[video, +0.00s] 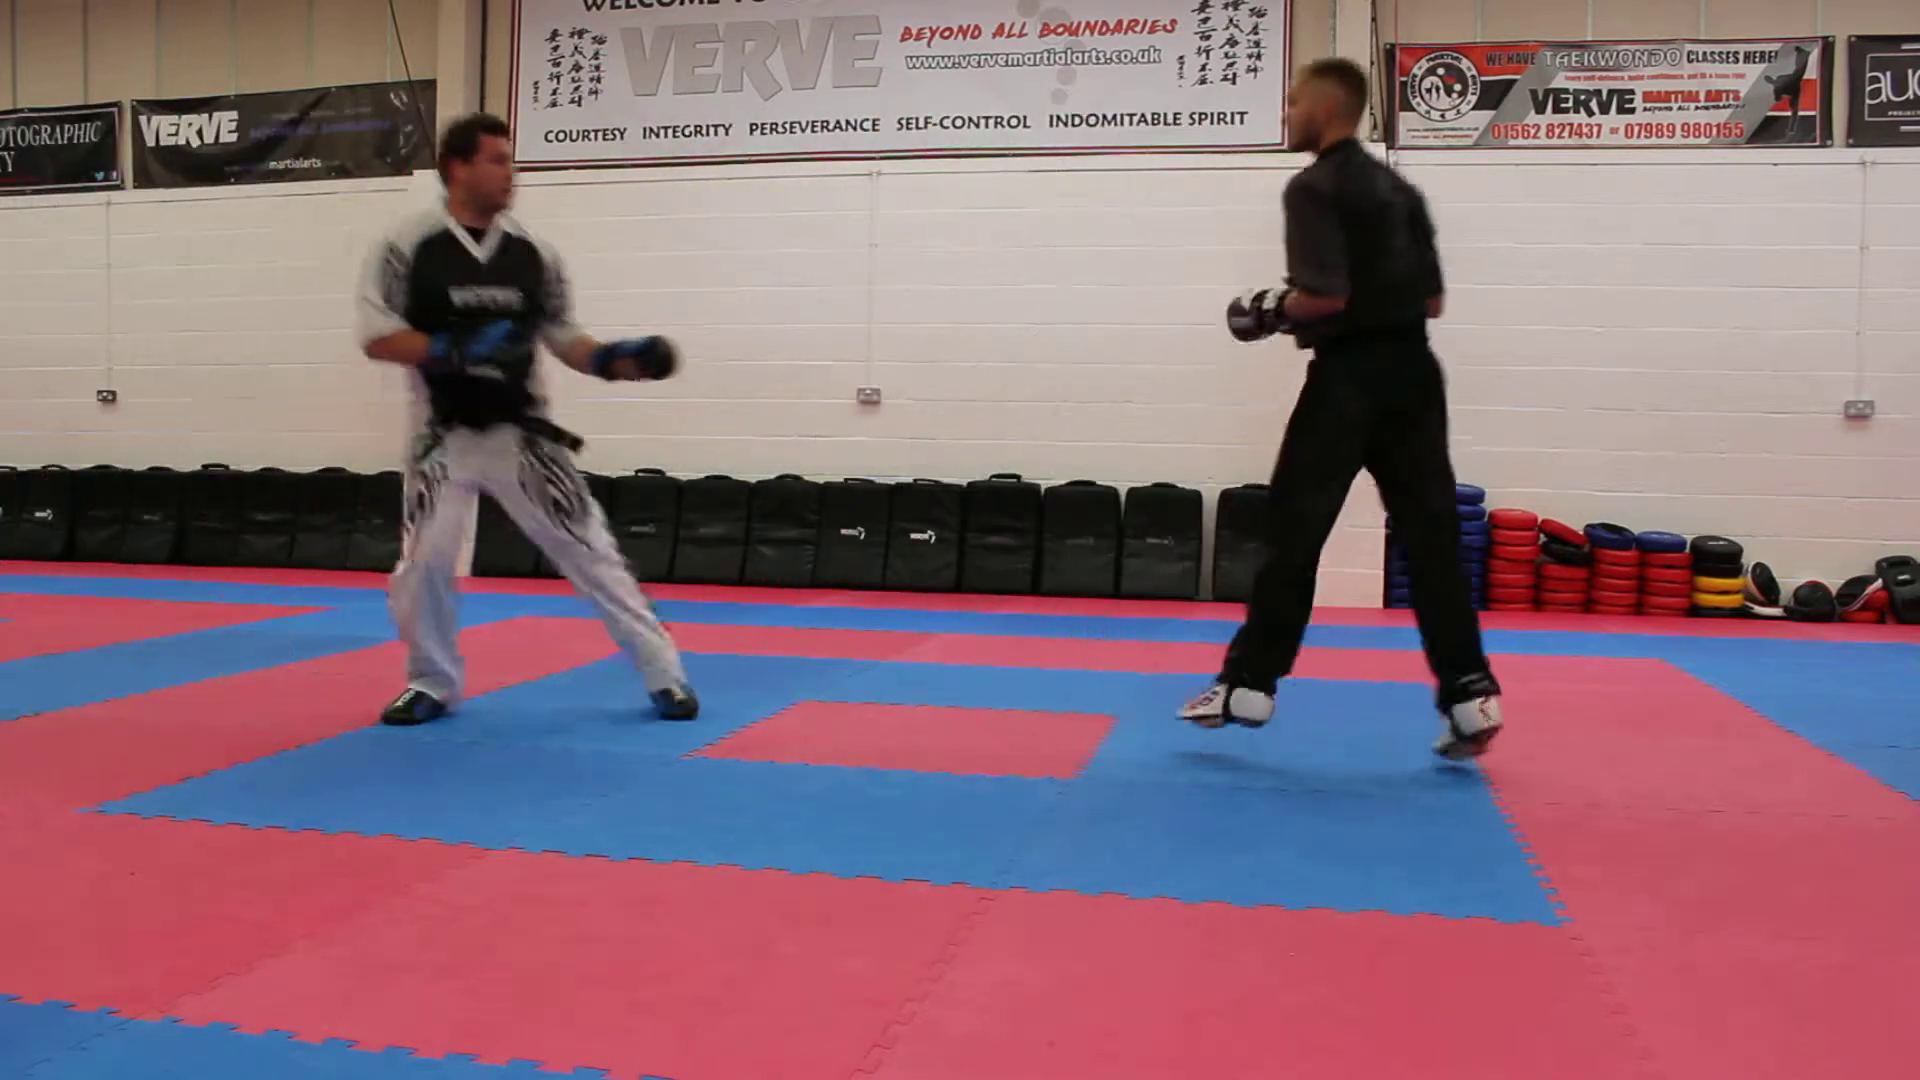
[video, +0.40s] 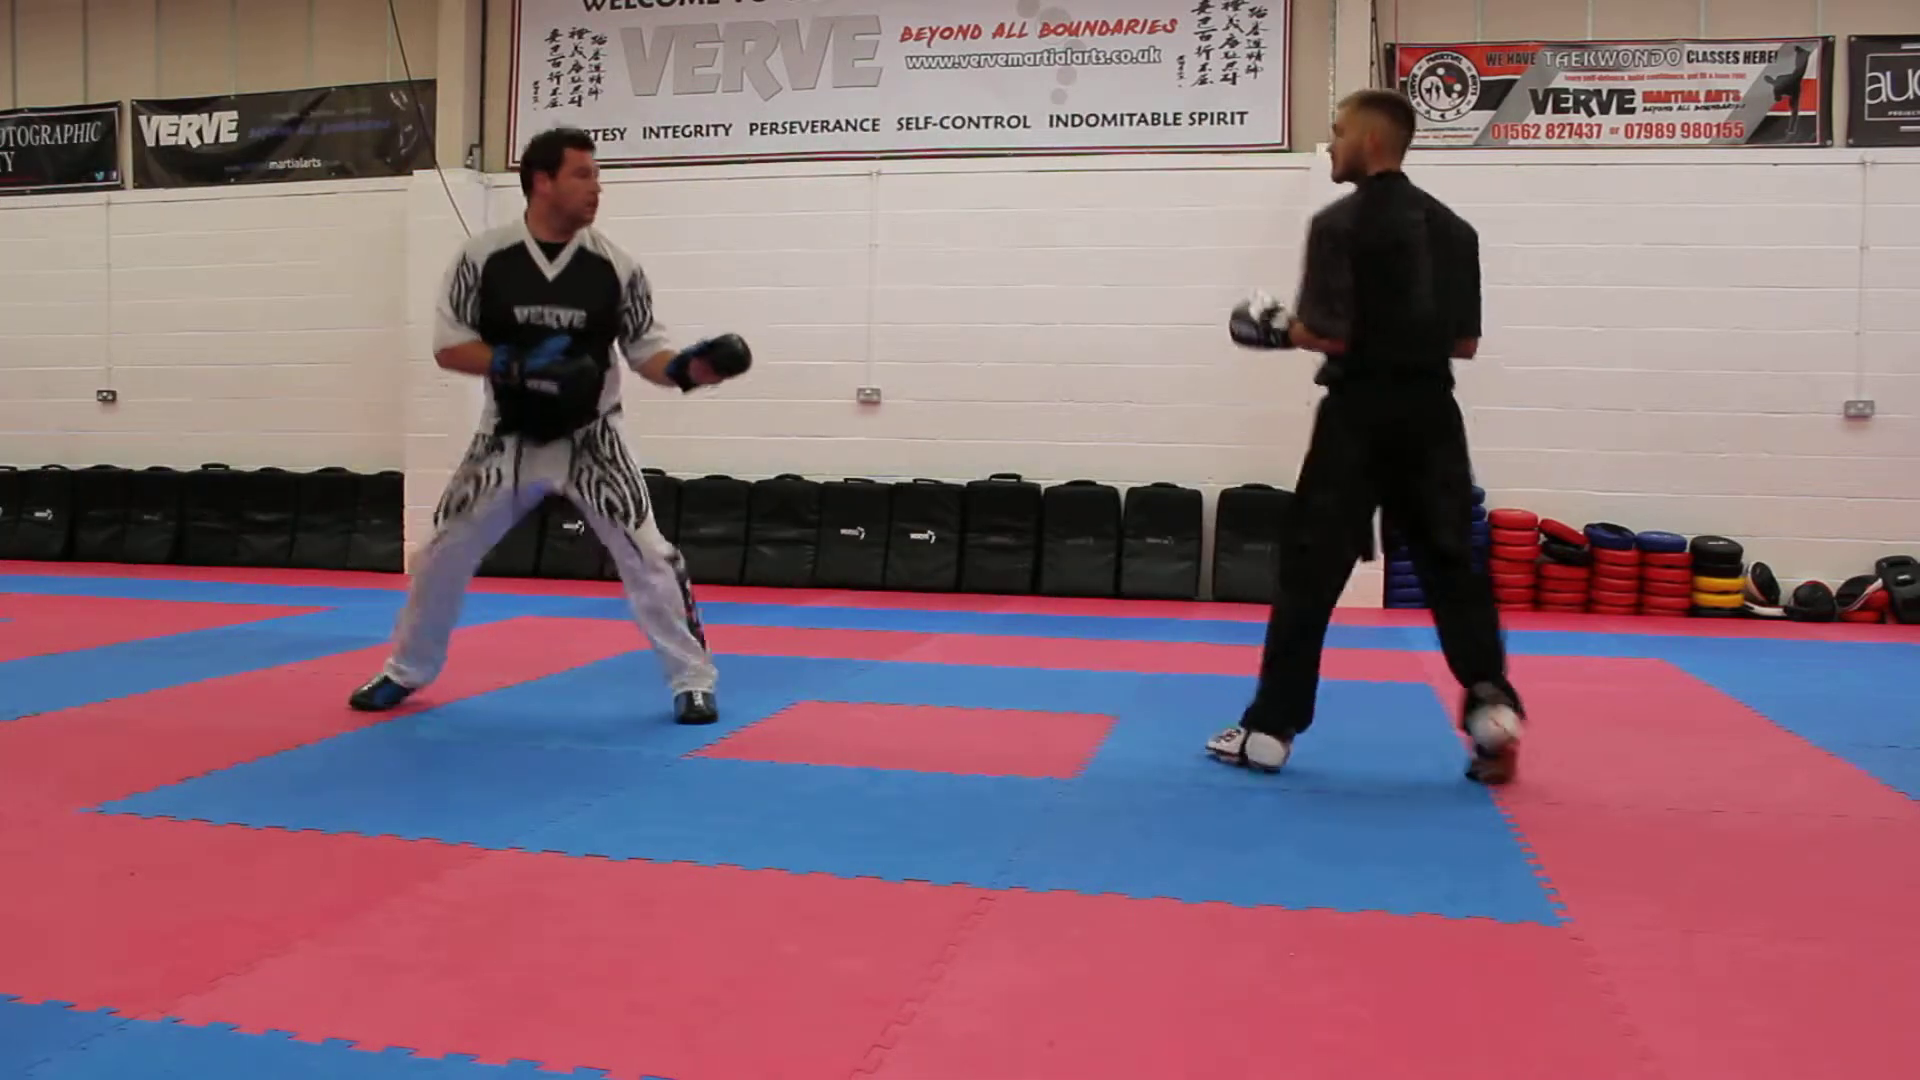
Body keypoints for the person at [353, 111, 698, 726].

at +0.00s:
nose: (511, 175)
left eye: (511, 163)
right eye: (498, 162)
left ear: (499, 171)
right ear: (456, 169)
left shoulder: (532, 257)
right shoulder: (406, 249)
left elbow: (563, 338)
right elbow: (376, 336)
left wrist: (614, 361)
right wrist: (454, 349)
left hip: (521, 435)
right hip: (444, 438)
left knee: (592, 555)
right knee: (425, 563)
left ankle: (665, 676)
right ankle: (431, 685)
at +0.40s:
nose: (597, 188)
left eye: (597, 176)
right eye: (584, 176)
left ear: (587, 182)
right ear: (541, 183)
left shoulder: (616, 269)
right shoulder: (482, 258)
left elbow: (645, 354)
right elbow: (449, 348)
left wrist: (685, 369)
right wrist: (516, 361)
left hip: (592, 440)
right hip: (507, 442)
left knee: (647, 555)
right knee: (441, 556)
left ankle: (692, 680)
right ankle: (406, 670)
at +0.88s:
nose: (579, 223)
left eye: (579, 212)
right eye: (566, 212)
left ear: (572, 219)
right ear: (525, 219)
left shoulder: (600, 298)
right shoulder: (475, 298)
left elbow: (645, 381)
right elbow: (447, 388)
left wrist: (681, 374)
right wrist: (493, 411)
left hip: (590, 462)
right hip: (510, 463)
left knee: (640, 568)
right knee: (430, 559)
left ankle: (694, 685)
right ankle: (406, 674)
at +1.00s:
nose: (524, 216)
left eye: (526, 204)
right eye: (512, 203)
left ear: (527, 210)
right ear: (474, 209)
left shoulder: (546, 285)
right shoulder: (430, 294)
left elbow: (602, 362)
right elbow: (405, 367)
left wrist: (595, 335)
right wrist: (433, 402)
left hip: (545, 449)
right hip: (472, 455)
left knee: (606, 561)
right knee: (391, 540)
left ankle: (692, 680)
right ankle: (403, 672)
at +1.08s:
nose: (485, 201)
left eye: (488, 190)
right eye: (473, 189)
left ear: (488, 196)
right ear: (435, 194)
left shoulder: (504, 263)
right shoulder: (395, 281)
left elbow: (568, 337)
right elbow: (374, 354)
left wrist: (534, 311)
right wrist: (390, 380)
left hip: (510, 423)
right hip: (447, 437)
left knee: (549, 540)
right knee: (379, 534)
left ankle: (649, 656)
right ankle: (398, 668)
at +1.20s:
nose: (425, 183)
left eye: (430, 172)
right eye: (412, 172)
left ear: (435, 177)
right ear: (378, 178)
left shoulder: (449, 242)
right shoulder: (351, 267)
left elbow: (503, 311)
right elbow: (340, 351)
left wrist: (463, 298)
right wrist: (342, 370)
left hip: (462, 398)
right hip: (404, 410)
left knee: (420, 521)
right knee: (370, 538)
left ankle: (490, 640)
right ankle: (394, 664)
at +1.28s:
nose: (388, 180)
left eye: (394, 169)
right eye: (374, 168)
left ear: (400, 175)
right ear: (342, 175)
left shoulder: (413, 232)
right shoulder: (331, 260)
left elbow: (462, 301)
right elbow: (333, 340)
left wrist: (391, 301)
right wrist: (314, 363)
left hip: (425, 393)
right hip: (382, 400)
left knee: (344, 516)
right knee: (388, 530)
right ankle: (400, 654)